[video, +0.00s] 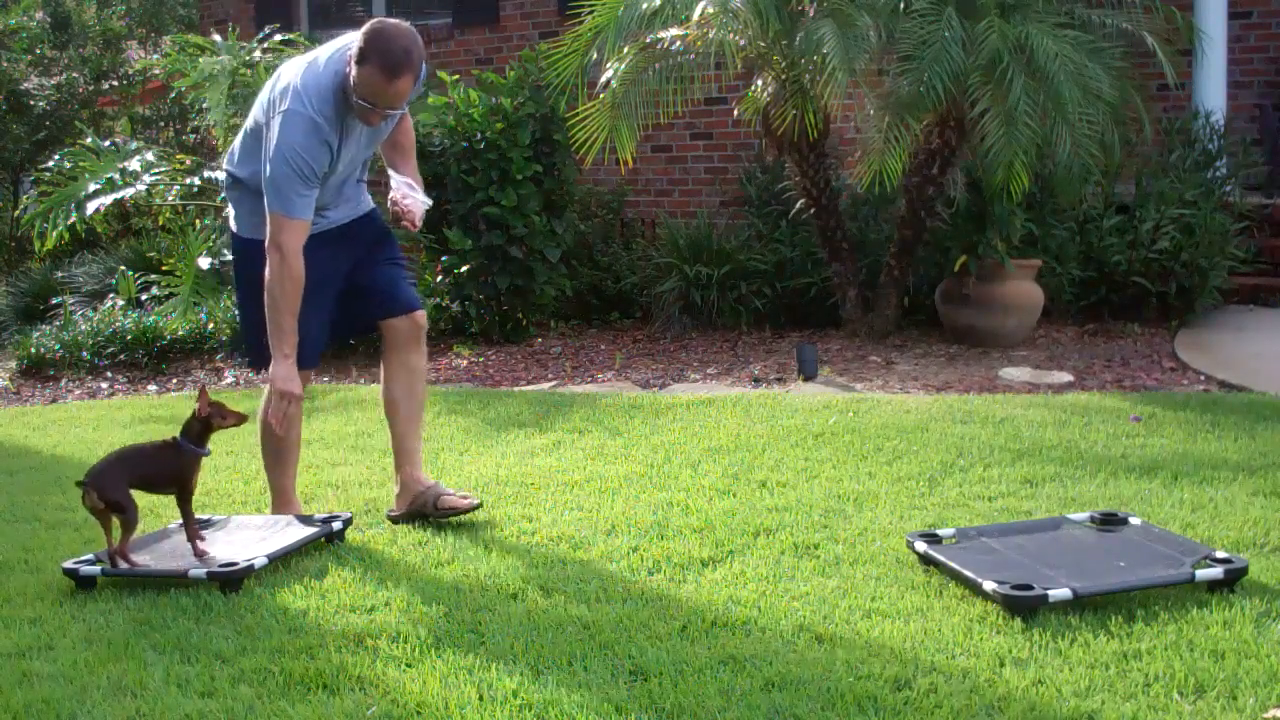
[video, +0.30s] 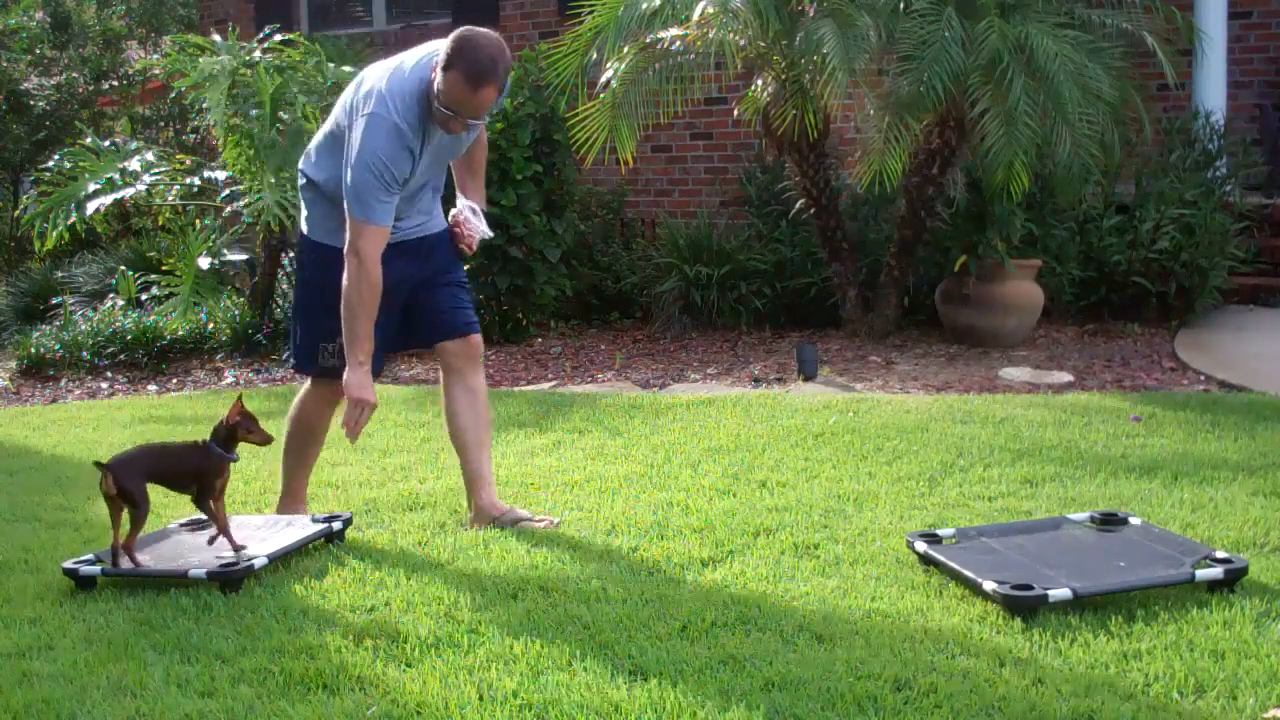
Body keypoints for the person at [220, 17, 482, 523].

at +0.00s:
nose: (380, 116)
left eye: (394, 107)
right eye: (368, 103)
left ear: (412, 77)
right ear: (351, 70)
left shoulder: (405, 62)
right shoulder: (301, 114)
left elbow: (396, 116)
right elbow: (283, 248)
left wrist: (409, 186)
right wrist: (283, 359)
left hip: (347, 210)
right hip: (275, 225)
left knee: (407, 321)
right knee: (288, 375)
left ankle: (411, 486)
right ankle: (285, 516)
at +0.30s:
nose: (460, 125)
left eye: (474, 116)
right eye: (449, 111)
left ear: (495, 90)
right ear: (436, 74)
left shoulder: (488, 79)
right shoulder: (384, 119)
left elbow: (473, 130)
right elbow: (362, 254)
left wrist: (472, 204)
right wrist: (359, 366)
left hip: (421, 220)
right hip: (343, 227)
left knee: (464, 346)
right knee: (329, 378)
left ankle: (485, 506)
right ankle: (290, 509)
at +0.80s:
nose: (613, 79)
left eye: (629, 70)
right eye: (604, 63)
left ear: (649, 48)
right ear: (588, 28)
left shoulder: (623, 43)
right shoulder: (536, 80)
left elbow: (609, 109)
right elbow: (521, 220)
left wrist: (602, 176)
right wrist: (522, 339)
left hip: (541, 188)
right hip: (487, 190)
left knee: (541, 348)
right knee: (598, 304)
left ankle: (492, 500)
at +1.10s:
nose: (735, 45)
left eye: (749, 34)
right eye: (723, 30)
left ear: (764, 18)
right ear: (699, 6)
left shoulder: (738, 26)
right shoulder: (656, 57)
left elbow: (714, 92)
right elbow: (645, 209)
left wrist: (710, 153)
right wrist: (653, 325)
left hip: (659, 197)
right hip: (610, 203)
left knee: (614, 353)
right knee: (688, 348)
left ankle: (517, 478)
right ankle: (721, 522)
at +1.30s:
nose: (845, 19)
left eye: (851, 11)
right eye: (840, 10)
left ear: (839, 5)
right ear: (807, 1)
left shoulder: (814, 21)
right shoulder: (748, 35)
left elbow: (796, 77)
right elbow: (747, 192)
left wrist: (802, 133)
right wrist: (762, 311)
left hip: (753, 179)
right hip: (691, 190)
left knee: (814, 318)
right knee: (734, 352)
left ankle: (685, 424)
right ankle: (723, 520)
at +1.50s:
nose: (939, 6)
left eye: (942, 1)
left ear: (924, 0)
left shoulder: (909, 12)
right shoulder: (847, 26)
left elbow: (887, 71)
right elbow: (852, 183)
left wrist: (895, 126)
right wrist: (871, 302)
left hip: (855, 176)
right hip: (785, 183)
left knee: (930, 319)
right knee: (789, 359)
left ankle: (999, 483)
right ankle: (729, 514)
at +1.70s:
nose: (1054, 8)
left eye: (1059, 2)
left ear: (1051, 5)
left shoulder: (1028, 21)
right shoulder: (956, 31)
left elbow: (1009, 88)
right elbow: (960, 190)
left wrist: (1012, 145)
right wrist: (983, 307)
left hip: (974, 187)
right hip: (902, 193)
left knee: (1039, 330)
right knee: (932, 366)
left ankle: (1059, 500)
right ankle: (784, 471)